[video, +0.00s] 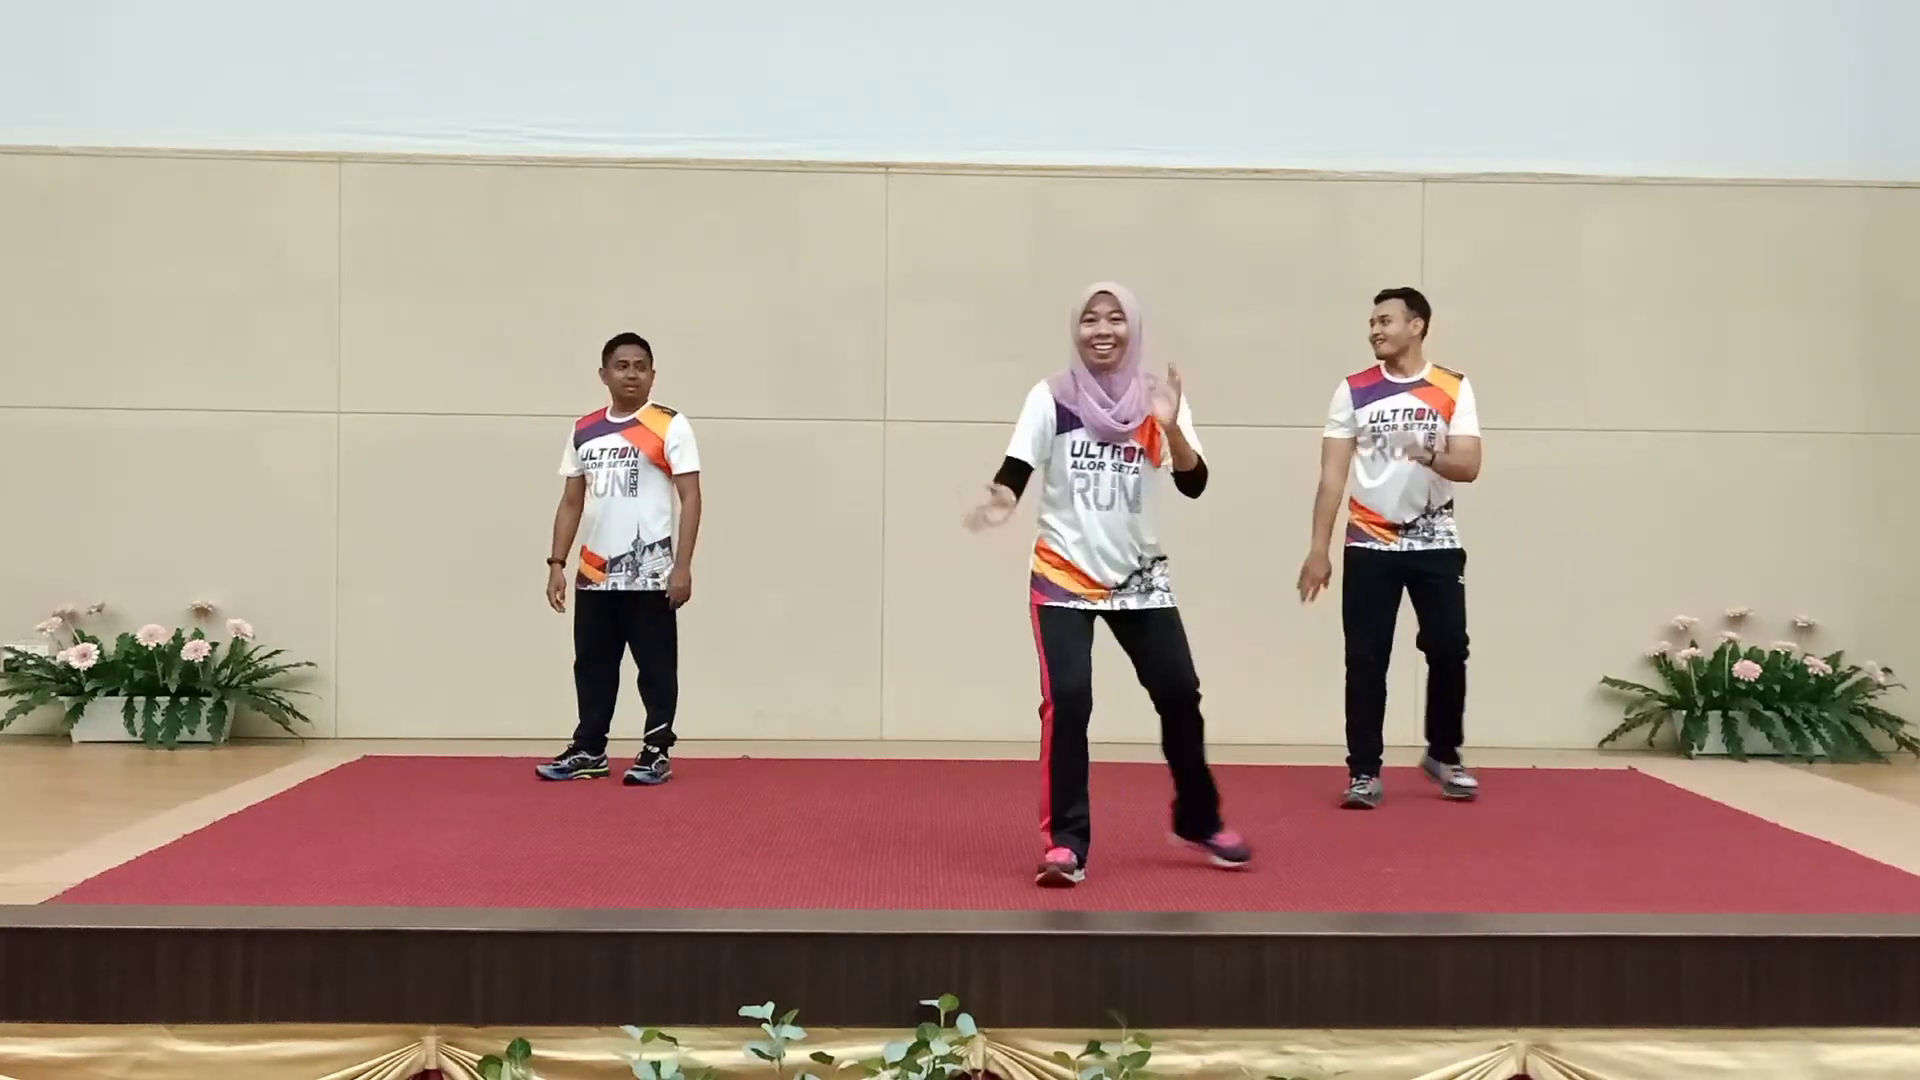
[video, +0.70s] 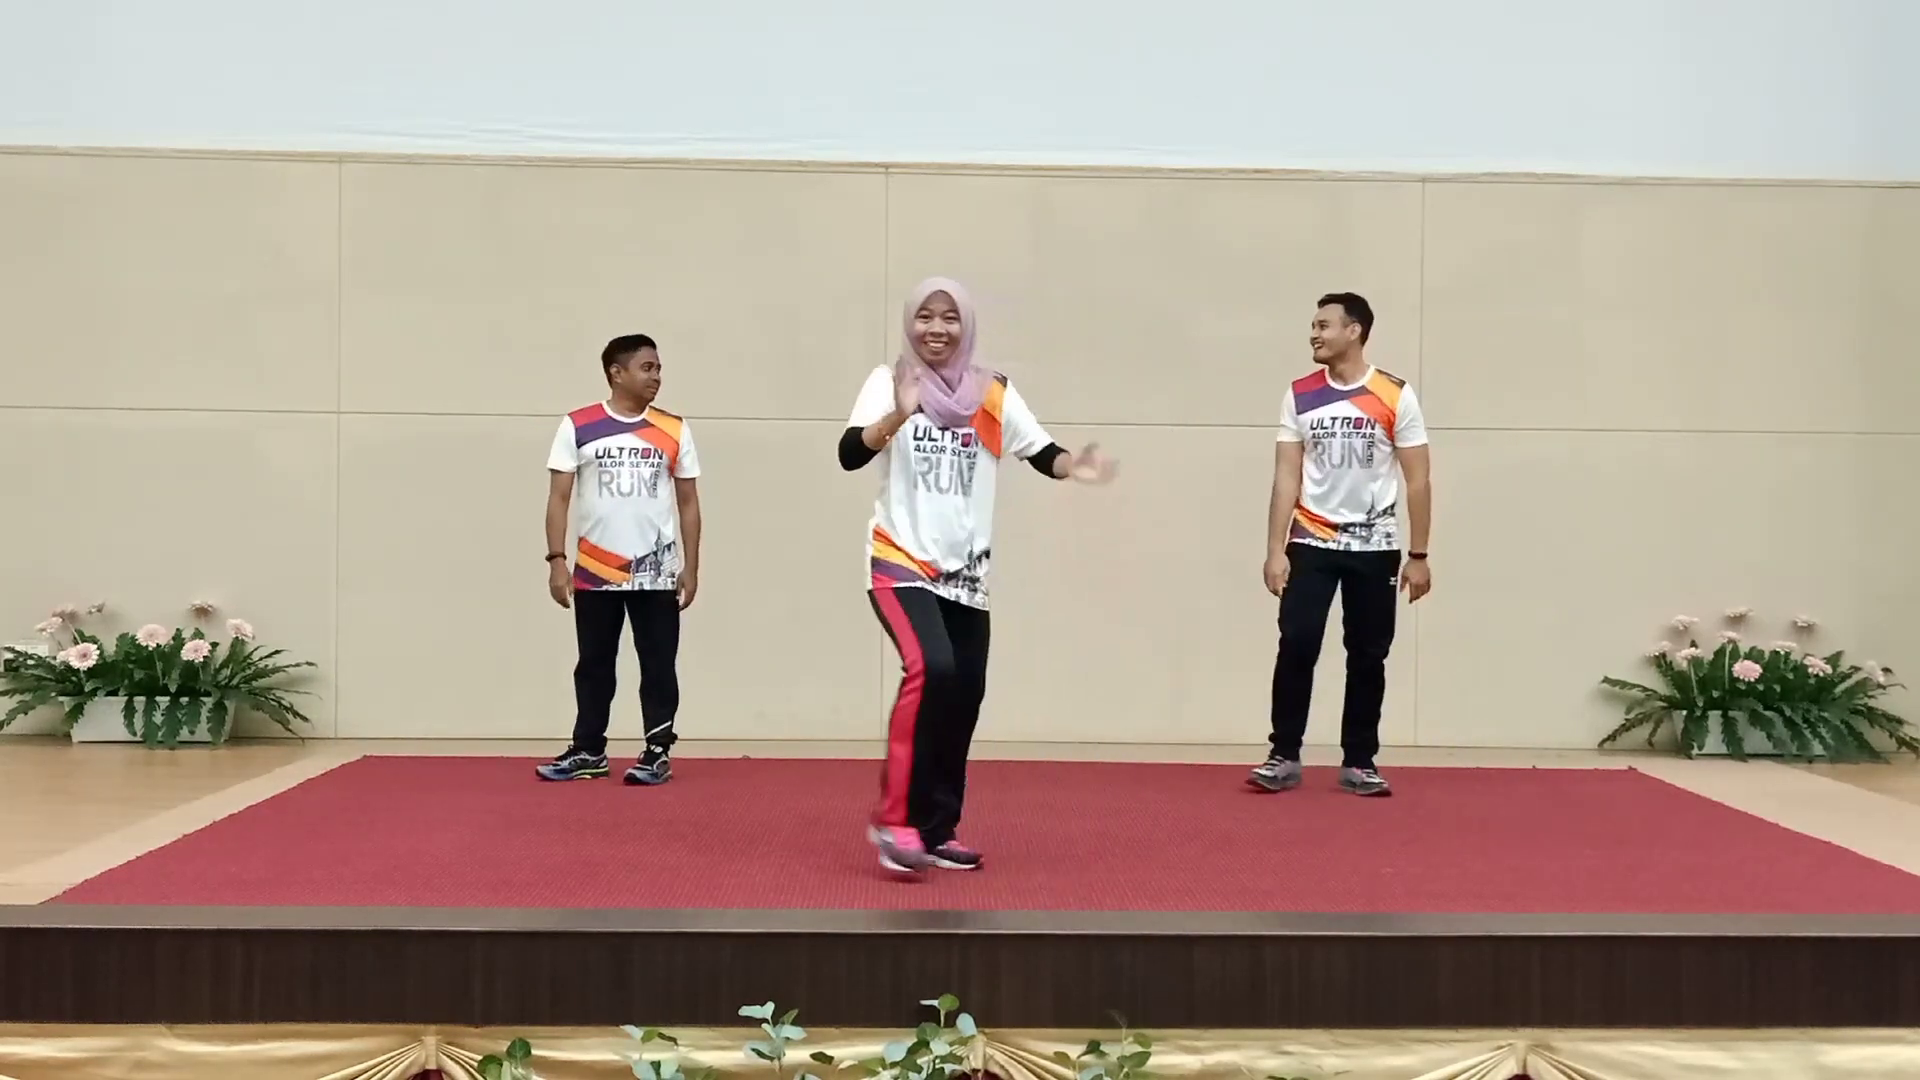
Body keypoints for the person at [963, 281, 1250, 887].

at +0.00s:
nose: (1102, 328)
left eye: (1114, 319)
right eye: (1091, 319)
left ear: (1133, 331)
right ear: (1076, 332)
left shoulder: (1158, 400)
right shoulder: (1052, 397)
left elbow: (1194, 486)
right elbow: (1017, 468)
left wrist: (1171, 429)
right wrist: (1002, 497)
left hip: (1138, 575)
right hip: (1064, 574)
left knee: (1180, 693)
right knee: (1068, 701)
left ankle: (1198, 822)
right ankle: (1065, 844)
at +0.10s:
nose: (1084, 328)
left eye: (1097, 318)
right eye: (1073, 318)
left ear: (1115, 329)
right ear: (1057, 331)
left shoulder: (1139, 398)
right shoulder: (1034, 394)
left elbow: (1178, 483)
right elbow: (994, 475)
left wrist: (1162, 435)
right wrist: (982, 469)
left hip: (1121, 575)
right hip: (1050, 574)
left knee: (1159, 686)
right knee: (1064, 696)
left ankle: (1130, 812)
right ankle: (1066, 843)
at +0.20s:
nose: (1048, 328)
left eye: (1060, 318)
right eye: (1036, 319)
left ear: (1079, 330)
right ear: (1021, 331)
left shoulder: (1106, 398)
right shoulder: (998, 397)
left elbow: (1143, 466)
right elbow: (940, 471)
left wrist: (1152, 468)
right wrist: (970, 432)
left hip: (1090, 581)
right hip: (1023, 577)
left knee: (1107, 698)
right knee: (1054, 697)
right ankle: (1066, 843)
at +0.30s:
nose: (1031, 331)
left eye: (1043, 322)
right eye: (1019, 322)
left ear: (1061, 334)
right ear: (1003, 334)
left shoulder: (1089, 400)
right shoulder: (980, 397)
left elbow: (1123, 464)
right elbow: (921, 470)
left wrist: (1138, 495)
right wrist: (969, 413)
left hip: (1071, 584)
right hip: (1007, 579)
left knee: (1073, 709)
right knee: (1046, 699)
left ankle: (968, 801)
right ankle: (1065, 844)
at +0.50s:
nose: (980, 350)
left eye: (992, 340)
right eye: (970, 340)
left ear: (1012, 350)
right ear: (956, 348)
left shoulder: (1039, 419)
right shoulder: (930, 408)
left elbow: (1073, 493)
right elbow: (879, 478)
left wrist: (1088, 558)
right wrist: (934, 427)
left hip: (1011, 597)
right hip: (948, 588)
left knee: (995, 719)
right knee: (1008, 689)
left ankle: (924, 836)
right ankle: (1036, 842)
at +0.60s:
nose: (952, 337)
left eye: (964, 327)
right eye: (942, 326)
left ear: (983, 337)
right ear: (925, 335)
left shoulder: (1007, 404)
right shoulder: (903, 392)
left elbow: (1051, 467)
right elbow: (858, 461)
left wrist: (1078, 501)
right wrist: (911, 415)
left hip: (979, 583)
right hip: (914, 571)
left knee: (979, 701)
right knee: (963, 669)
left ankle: (921, 831)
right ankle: (951, 827)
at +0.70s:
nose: (937, 326)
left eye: (949, 317)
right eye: (926, 316)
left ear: (966, 327)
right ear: (909, 325)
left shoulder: (991, 392)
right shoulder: (889, 382)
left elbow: (1042, 452)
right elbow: (849, 455)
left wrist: (1073, 464)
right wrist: (898, 415)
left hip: (963, 575)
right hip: (900, 564)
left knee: (964, 698)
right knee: (932, 667)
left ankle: (934, 833)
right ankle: (894, 822)